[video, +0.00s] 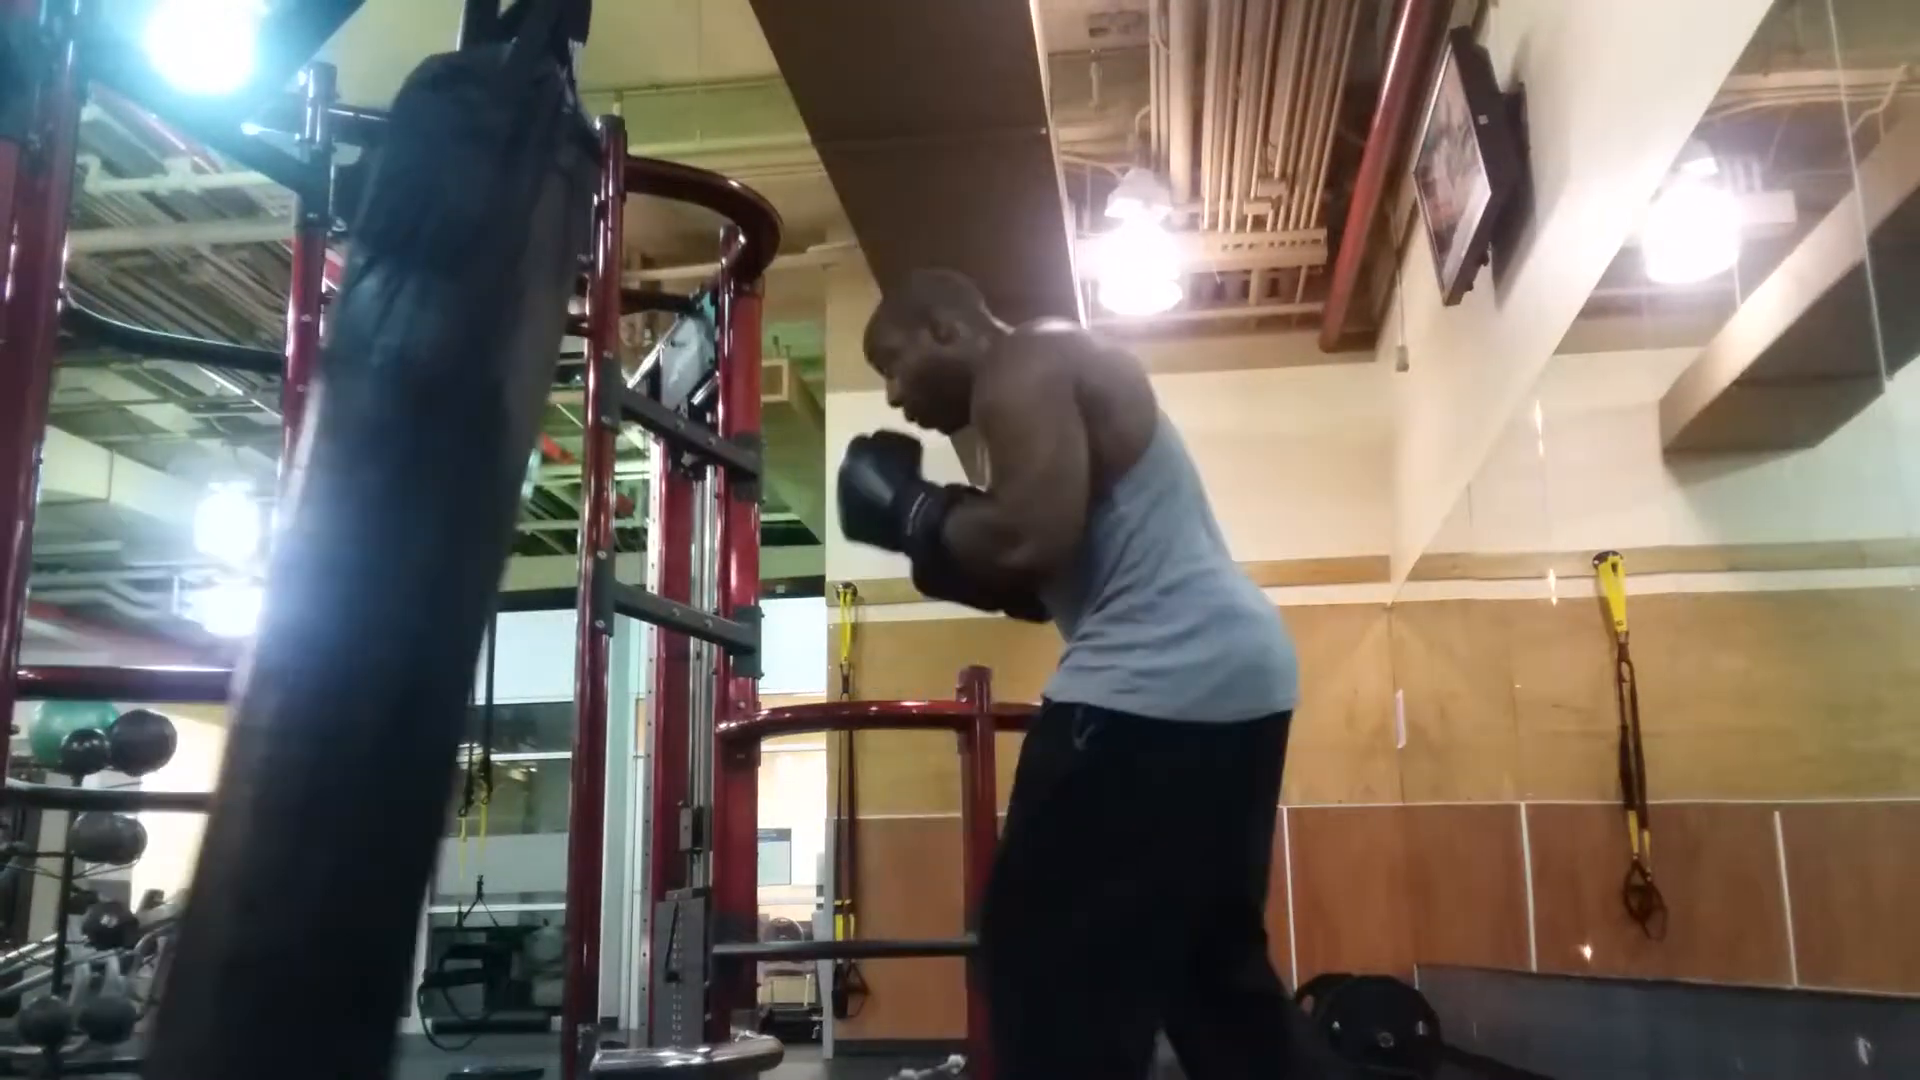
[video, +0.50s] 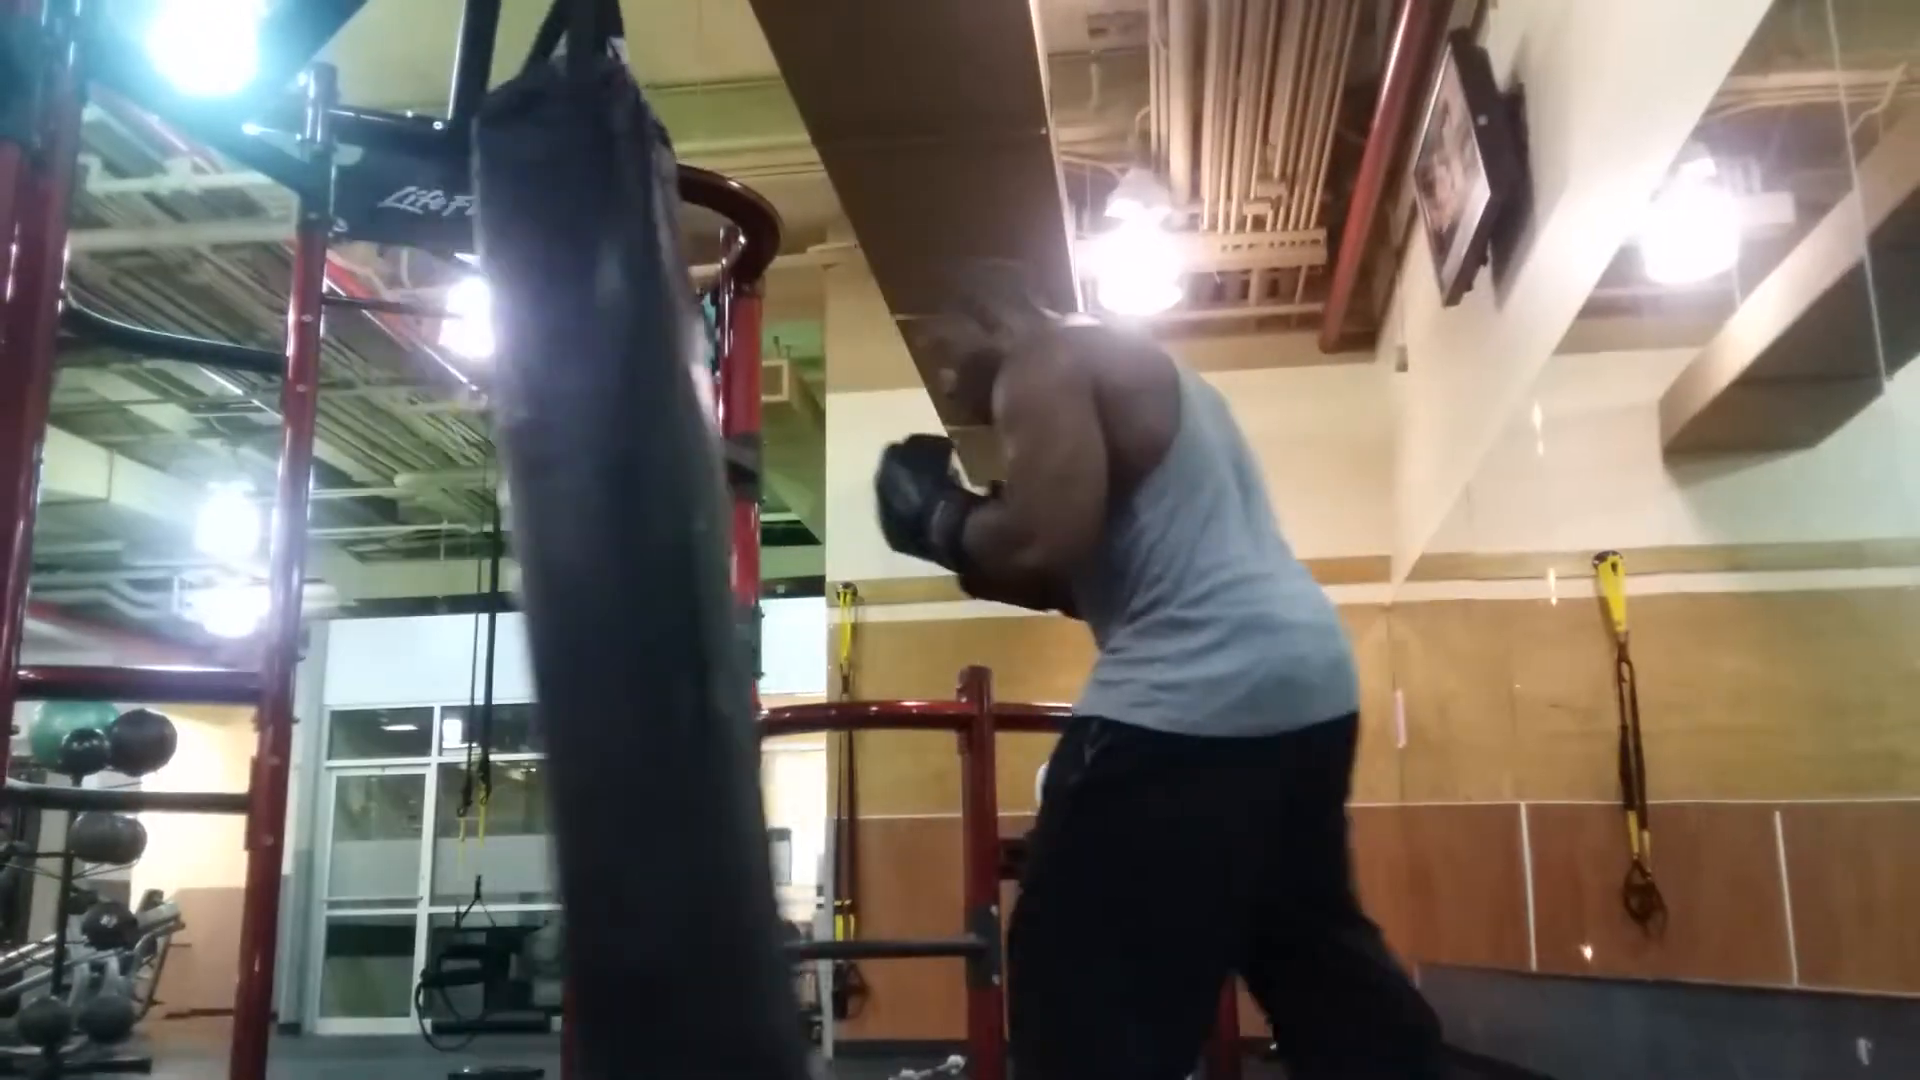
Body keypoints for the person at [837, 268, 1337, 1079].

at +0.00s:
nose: (893, 396)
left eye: (890, 367)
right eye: (884, 378)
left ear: (945, 332)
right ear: (955, 333)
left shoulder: (1023, 364)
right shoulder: (1066, 368)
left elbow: (1033, 543)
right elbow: (1052, 591)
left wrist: (912, 505)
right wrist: (938, 554)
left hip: (1151, 687)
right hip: (1232, 683)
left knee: (1037, 958)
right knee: (1212, 962)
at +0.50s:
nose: (934, 378)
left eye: (933, 347)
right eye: (922, 355)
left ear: (980, 317)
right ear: (1026, 305)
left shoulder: (1043, 366)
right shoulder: (1152, 372)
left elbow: (1045, 543)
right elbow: (1102, 585)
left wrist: (944, 514)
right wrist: (960, 546)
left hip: (1185, 703)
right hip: (1306, 689)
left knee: (1077, 980)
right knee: (1306, 947)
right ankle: (1408, 1070)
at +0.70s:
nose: (1022, 378)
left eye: (1029, 352)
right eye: (1014, 360)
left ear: (1078, 326)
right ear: (1114, 317)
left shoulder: (1124, 369)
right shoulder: (1257, 393)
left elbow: (1074, 518)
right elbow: (1186, 590)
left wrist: (964, 557)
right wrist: (1040, 564)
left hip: (1246, 705)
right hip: (1375, 693)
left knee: (1138, 995)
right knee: (1378, 958)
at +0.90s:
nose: (1040, 369)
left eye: (1042, 342)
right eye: (1033, 351)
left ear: (1093, 314)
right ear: (1137, 311)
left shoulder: (1141, 362)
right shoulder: (1284, 392)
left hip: (1249, 704)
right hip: (1384, 692)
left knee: (1175, 1006)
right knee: (1404, 977)